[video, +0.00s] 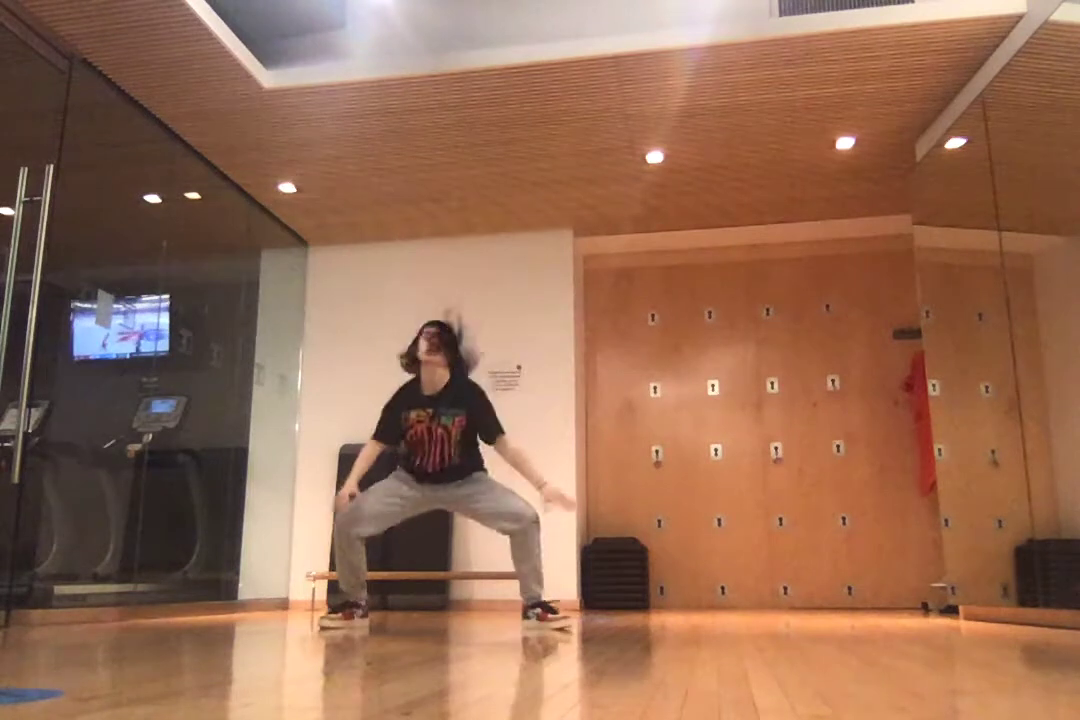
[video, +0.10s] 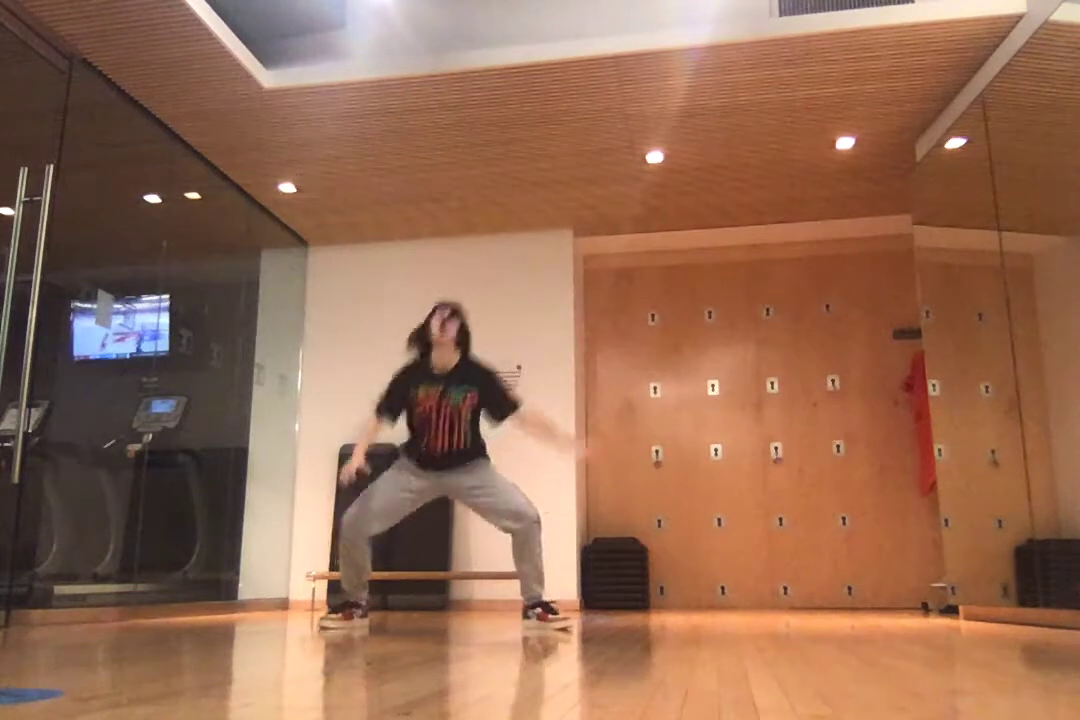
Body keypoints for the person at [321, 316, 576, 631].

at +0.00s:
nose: (431, 340)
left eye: (439, 336)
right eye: (425, 336)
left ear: (451, 351)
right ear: (415, 350)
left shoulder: (469, 394)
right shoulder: (403, 397)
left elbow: (504, 445)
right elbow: (376, 444)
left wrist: (543, 485)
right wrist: (351, 481)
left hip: (466, 485)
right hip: (410, 485)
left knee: (524, 519)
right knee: (347, 519)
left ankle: (534, 604)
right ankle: (354, 603)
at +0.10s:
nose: (444, 323)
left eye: (452, 319)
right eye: (438, 318)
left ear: (460, 330)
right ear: (427, 329)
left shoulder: (477, 376)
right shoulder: (411, 376)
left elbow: (520, 414)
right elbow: (380, 417)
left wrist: (564, 439)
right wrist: (358, 454)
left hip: (469, 471)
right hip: (415, 471)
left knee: (526, 519)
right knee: (353, 523)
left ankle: (534, 604)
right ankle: (356, 603)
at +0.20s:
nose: (466, 284)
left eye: (472, 279)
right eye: (460, 280)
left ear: (485, 292)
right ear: (450, 294)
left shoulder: (502, 341)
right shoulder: (431, 331)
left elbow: (551, 368)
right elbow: (383, 358)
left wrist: (589, 379)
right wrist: (357, 397)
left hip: (476, 440)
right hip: (425, 438)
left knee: (518, 511)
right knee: (380, 513)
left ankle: (534, 593)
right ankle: (350, 599)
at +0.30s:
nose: (488, 267)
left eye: (493, 260)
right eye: (480, 265)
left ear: (509, 268)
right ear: (474, 276)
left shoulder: (533, 313)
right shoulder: (462, 301)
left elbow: (580, 323)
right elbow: (411, 306)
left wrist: (621, 328)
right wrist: (367, 323)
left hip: (491, 419)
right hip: (441, 407)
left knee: (509, 505)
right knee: (389, 477)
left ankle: (523, 590)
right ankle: (338, 553)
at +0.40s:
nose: (499, 258)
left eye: (505, 252)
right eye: (493, 256)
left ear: (522, 259)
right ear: (488, 267)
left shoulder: (550, 301)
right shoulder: (478, 290)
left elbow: (594, 297)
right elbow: (428, 280)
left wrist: (631, 285)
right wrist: (389, 270)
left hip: (509, 410)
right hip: (464, 390)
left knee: (515, 503)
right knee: (396, 431)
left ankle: (525, 591)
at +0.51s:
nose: (510, 253)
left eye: (516, 248)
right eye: (503, 251)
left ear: (533, 256)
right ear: (498, 264)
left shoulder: (558, 297)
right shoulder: (487, 293)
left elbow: (599, 283)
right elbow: (440, 269)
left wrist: (627, 254)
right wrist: (407, 233)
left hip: (525, 409)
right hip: (480, 386)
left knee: (523, 503)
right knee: (398, 402)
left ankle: (528, 592)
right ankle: (385, 431)